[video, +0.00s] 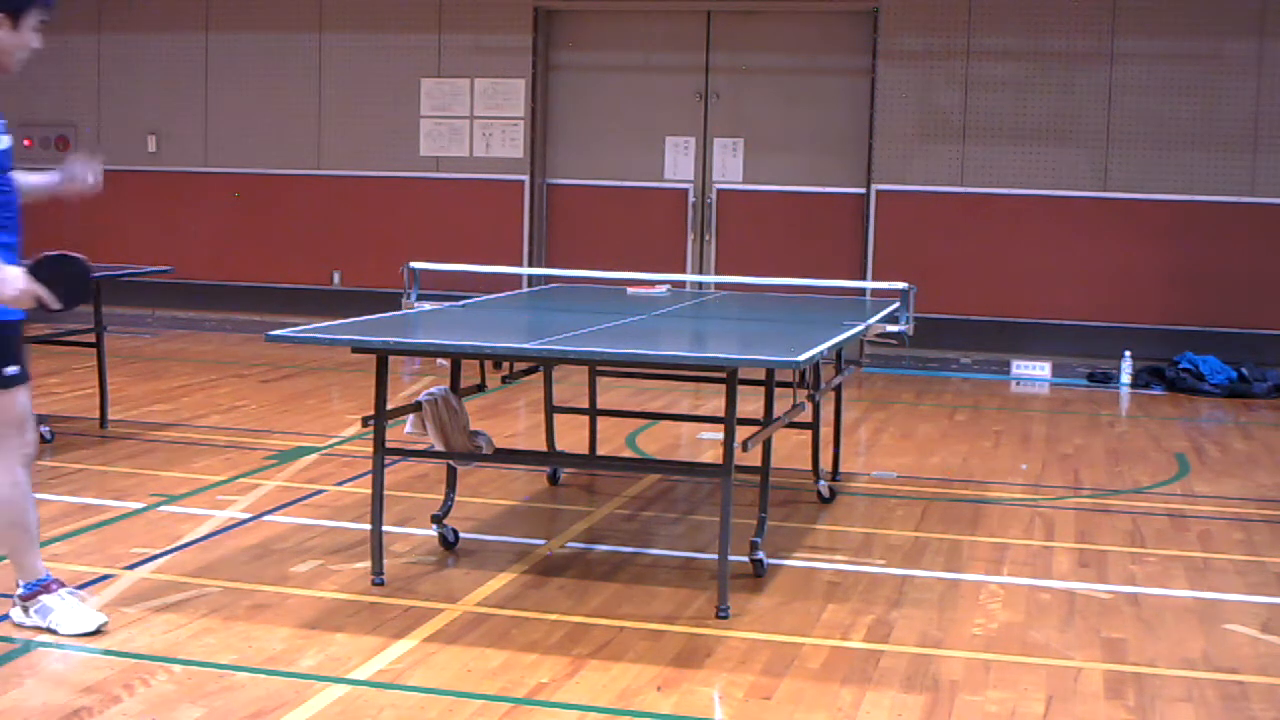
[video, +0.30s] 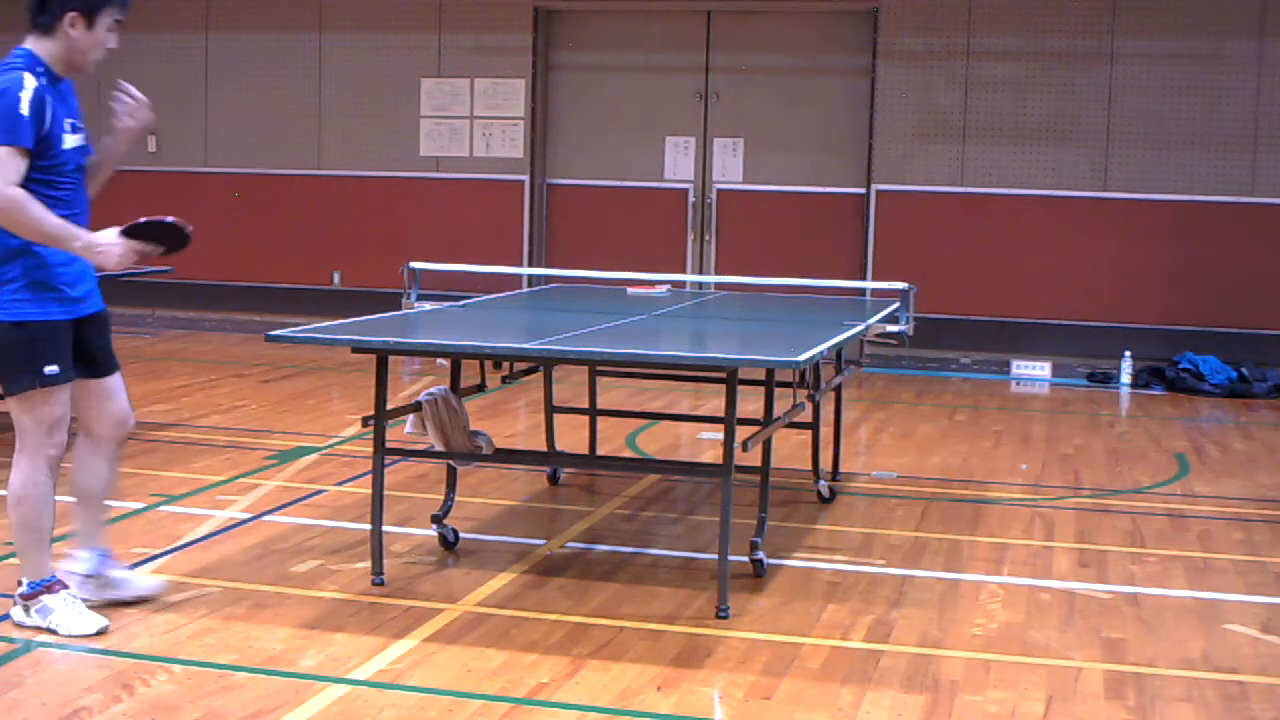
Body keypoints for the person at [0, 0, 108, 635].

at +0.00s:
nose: (38, 42)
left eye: (40, 29)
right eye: (33, 26)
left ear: (12, 30)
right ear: (4, 25)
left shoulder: (4, 111)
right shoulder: (3, 110)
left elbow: (3, 183)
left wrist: (59, 180)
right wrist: (2, 274)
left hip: (8, 305)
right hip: (1, 310)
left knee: (18, 441)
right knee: (16, 443)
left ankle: (30, 584)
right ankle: (32, 586)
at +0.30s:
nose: (115, 41)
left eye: (118, 28)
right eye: (110, 26)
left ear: (74, 25)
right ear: (72, 23)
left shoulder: (61, 88)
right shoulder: (19, 83)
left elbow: (74, 192)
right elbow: (3, 195)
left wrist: (120, 139)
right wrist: (85, 243)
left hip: (74, 293)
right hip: (27, 298)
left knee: (108, 420)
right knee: (41, 439)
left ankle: (90, 565)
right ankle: (35, 591)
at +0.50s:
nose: (161, 48)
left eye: (165, 36)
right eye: (156, 33)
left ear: (121, 29)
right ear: (114, 26)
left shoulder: (123, 96)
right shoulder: (54, 91)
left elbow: (137, 184)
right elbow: (29, 196)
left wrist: (202, 192)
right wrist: (121, 226)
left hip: (106, 294)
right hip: (43, 297)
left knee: (135, 433)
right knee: (50, 440)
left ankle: (160, 577)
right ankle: (36, 591)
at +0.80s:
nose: (243, 69)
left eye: (249, 56)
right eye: (237, 53)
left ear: (214, 51)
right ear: (194, 43)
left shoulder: (211, 119)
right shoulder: (130, 100)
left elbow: (217, 214)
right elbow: (110, 206)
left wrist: (293, 214)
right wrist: (209, 226)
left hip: (149, 296)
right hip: (81, 292)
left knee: (165, 438)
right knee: (77, 437)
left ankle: (165, 582)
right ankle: (34, 586)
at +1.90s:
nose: (250, 84)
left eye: (251, 70)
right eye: (239, 69)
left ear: (206, 71)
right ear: (195, 69)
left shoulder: (230, 135)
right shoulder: (132, 127)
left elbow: (293, 196)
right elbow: (147, 235)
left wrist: (359, 192)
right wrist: (243, 218)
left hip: (130, 307)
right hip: (58, 300)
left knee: (169, 434)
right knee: (19, 448)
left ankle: (165, 582)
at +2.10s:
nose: (206, 57)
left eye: (203, 44)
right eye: (192, 44)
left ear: (165, 58)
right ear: (148, 57)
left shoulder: (192, 116)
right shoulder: (95, 122)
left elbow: (281, 145)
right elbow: (89, 229)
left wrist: (366, 156)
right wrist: (190, 229)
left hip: (116, 311)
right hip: (39, 311)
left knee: (166, 436)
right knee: (12, 452)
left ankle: (165, 582)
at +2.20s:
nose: (186, 49)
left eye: (183, 35)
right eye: (172, 37)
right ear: (128, 53)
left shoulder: (181, 113)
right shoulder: (80, 115)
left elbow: (271, 147)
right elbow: (44, 211)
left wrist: (358, 166)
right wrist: (151, 235)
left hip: (110, 312)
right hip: (32, 311)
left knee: (164, 438)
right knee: (10, 454)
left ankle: (165, 582)